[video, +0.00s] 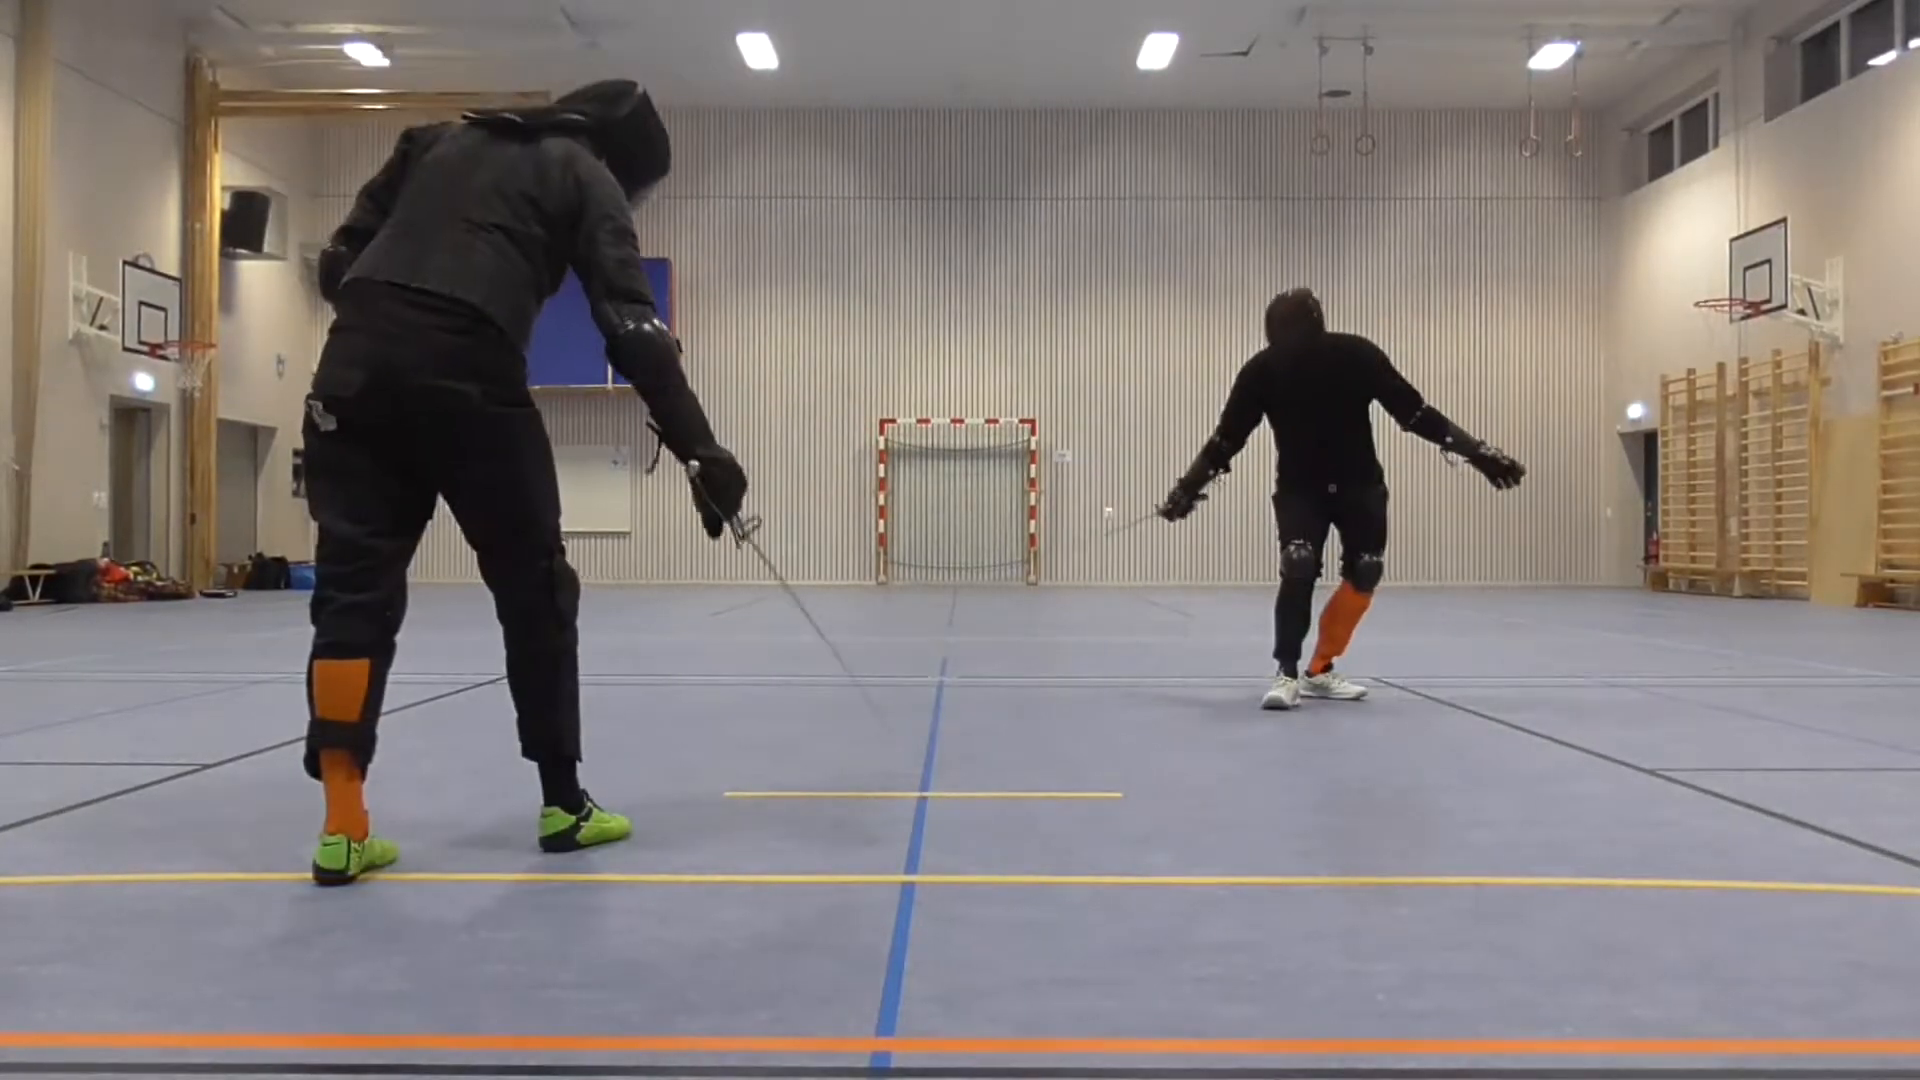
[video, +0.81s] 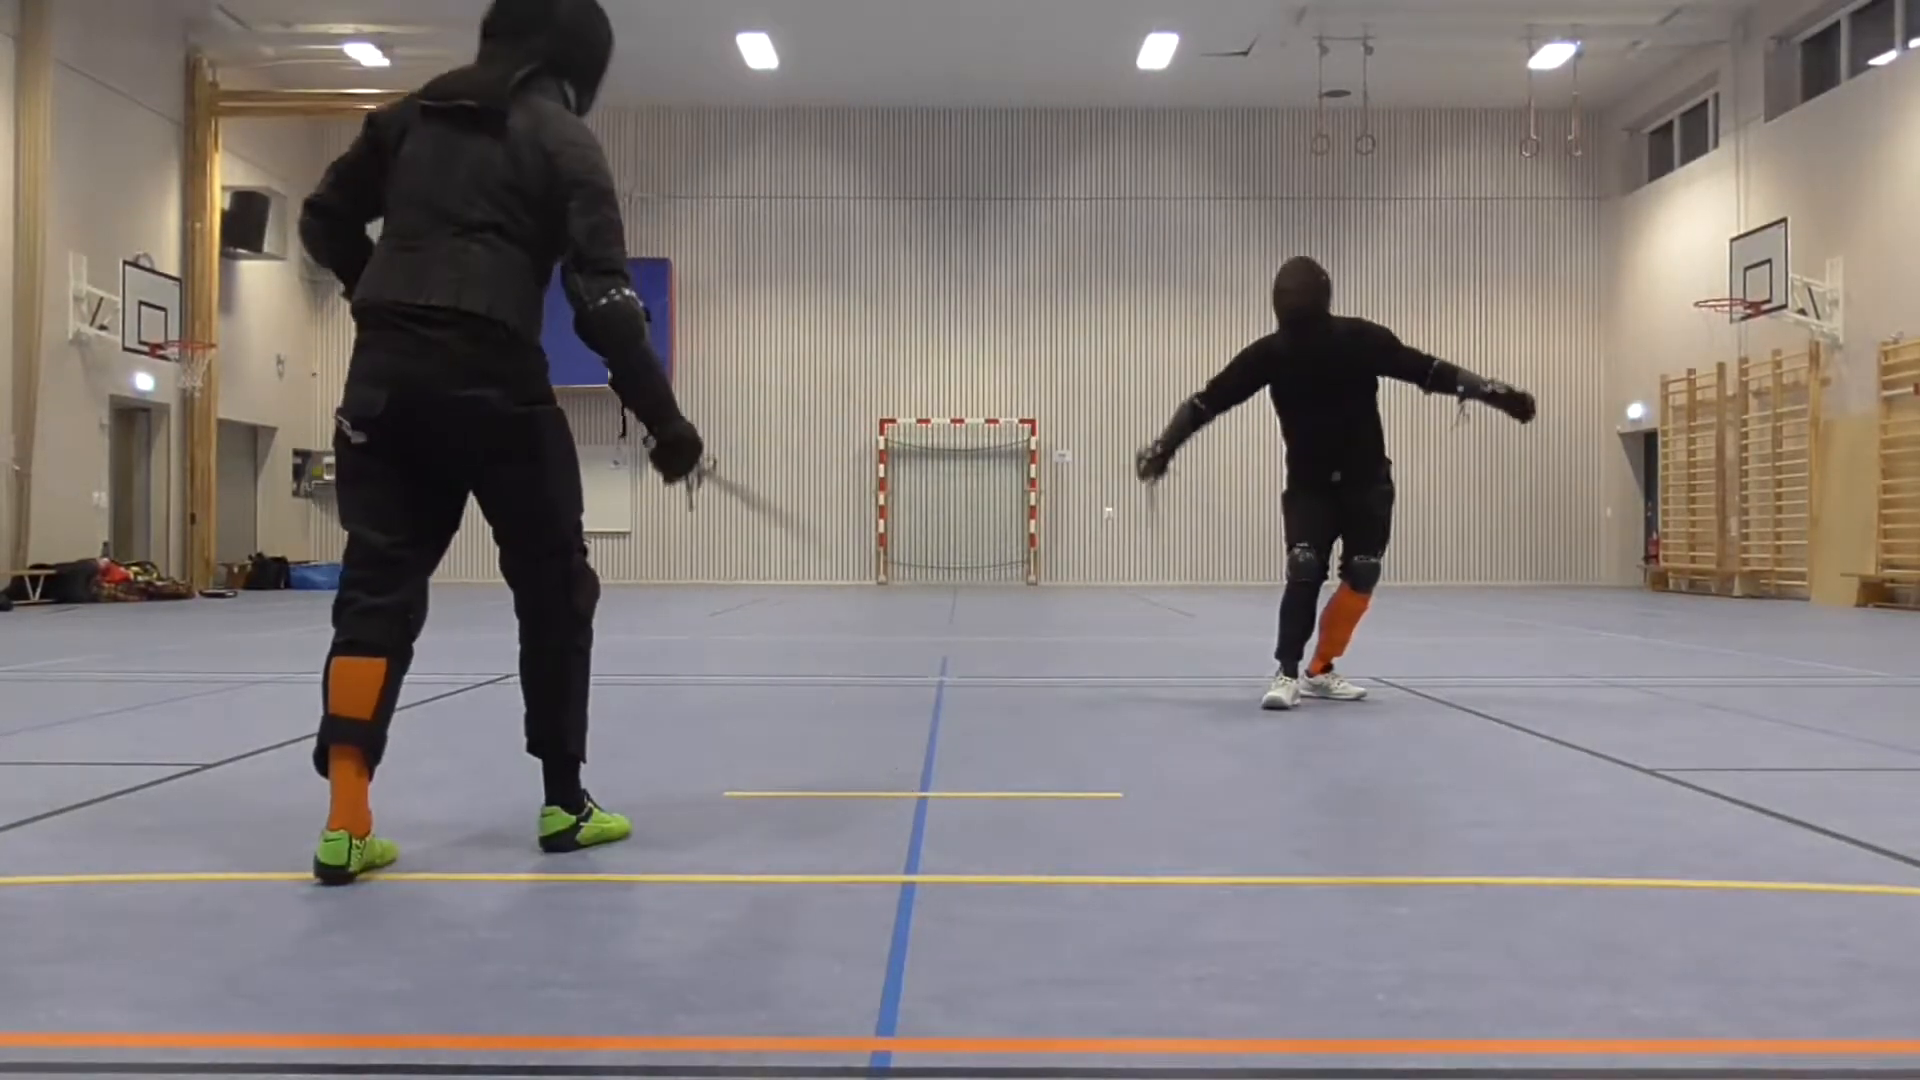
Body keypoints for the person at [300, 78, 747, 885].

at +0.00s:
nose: (630, 196)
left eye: (637, 184)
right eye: (634, 179)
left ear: (570, 116)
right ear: (616, 149)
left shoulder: (434, 142)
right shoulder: (586, 174)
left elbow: (342, 257)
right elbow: (631, 326)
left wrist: (392, 331)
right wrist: (701, 450)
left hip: (356, 371)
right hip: (469, 382)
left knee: (352, 589)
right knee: (534, 585)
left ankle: (343, 828)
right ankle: (562, 803)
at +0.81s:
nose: (593, 94)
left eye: (594, 78)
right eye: (593, 77)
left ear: (499, 40)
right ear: (573, 64)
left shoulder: (410, 113)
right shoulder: (566, 143)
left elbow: (325, 218)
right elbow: (602, 301)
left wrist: (389, 291)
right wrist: (665, 419)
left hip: (385, 371)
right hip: (495, 379)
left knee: (378, 584)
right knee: (554, 583)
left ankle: (345, 826)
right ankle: (565, 802)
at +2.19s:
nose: (627, 107)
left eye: (629, 93)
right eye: (627, 92)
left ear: (538, 64)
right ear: (605, 81)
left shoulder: (453, 152)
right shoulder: (606, 165)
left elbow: (435, 270)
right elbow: (637, 318)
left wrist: (521, 314)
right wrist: (689, 422)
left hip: (465, 397)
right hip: (573, 406)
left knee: (427, 582)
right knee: (625, 588)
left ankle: (362, 786)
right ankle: (641, 780)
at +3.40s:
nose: (522, 123)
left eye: (523, 109)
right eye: (520, 108)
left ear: (427, 82)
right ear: (499, 99)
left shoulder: (345, 169)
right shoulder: (500, 183)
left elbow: (339, 279)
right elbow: (537, 332)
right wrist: (598, 419)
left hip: (345, 412)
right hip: (452, 419)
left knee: (300, 592)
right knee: (539, 583)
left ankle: (215, 778)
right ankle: (545, 785)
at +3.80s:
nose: (425, 100)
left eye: (426, 83)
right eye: (423, 82)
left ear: (326, 52)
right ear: (397, 71)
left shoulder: (235, 142)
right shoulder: (394, 157)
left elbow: (232, 268)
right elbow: (421, 317)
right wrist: (494, 409)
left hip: (233, 399)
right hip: (348, 406)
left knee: (216, 597)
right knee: (441, 583)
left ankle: (176, 827)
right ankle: (479, 788)